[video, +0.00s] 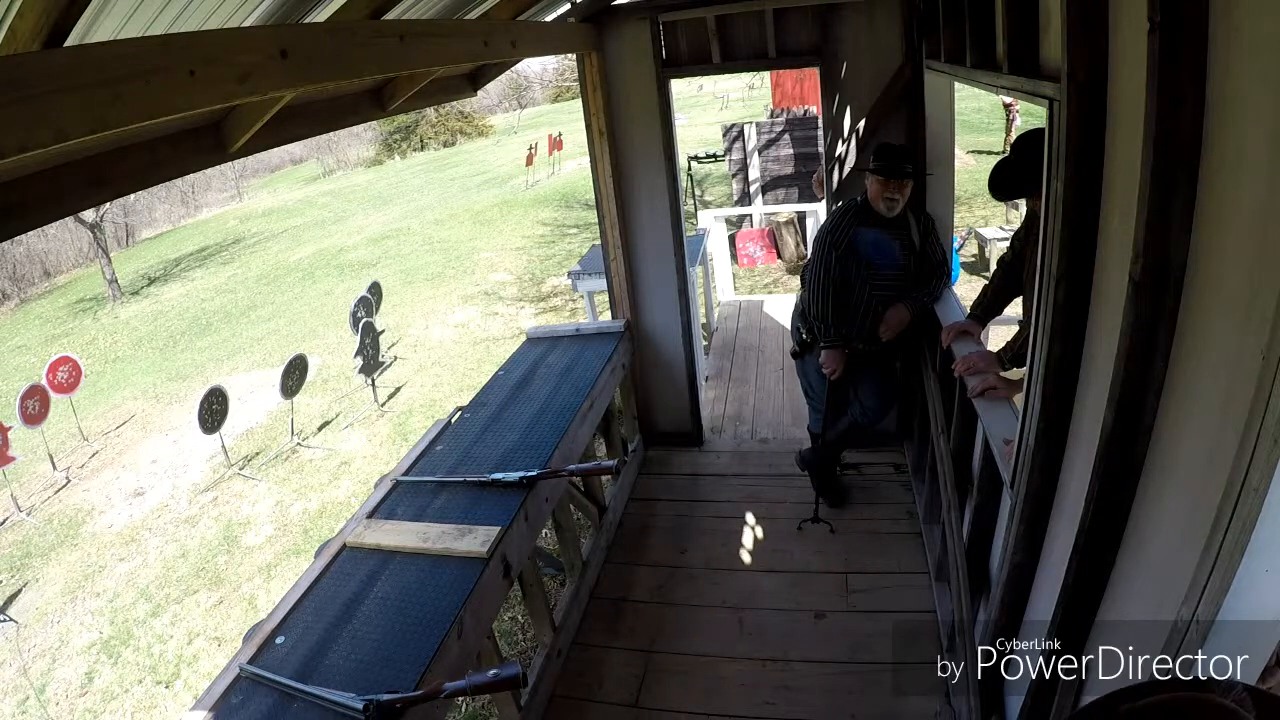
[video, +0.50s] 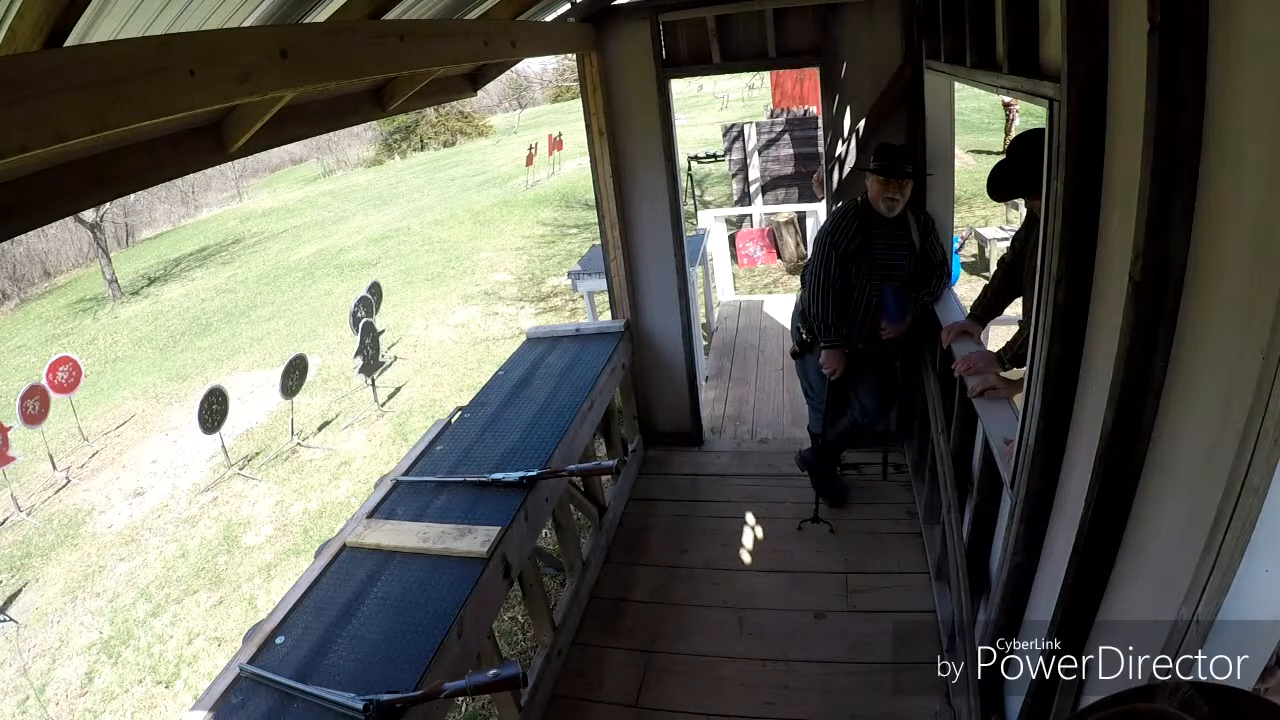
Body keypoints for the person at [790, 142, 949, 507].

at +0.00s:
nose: (894, 189)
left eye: (903, 181)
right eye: (885, 179)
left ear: (912, 185)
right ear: (868, 179)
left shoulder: (920, 224)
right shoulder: (844, 221)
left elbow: (939, 275)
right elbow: (818, 280)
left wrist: (909, 308)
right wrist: (830, 342)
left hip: (877, 337)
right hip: (825, 336)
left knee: (874, 409)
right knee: (827, 413)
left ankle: (818, 455)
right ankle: (827, 478)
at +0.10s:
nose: (893, 189)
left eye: (902, 181)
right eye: (885, 180)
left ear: (912, 185)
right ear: (869, 180)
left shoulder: (921, 224)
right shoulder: (845, 221)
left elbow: (939, 274)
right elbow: (820, 281)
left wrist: (910, 308)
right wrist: (831, 342)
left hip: (878, 335)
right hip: (826, 334)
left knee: (874, 410)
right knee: (827, 411)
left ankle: (817, 455)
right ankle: (827, 479)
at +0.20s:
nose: (893, 190)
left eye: (903, 181)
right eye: (885, 180)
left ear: (912, 185)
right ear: (869, 180)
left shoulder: (920, 224)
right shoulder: (845, 221)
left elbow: (940, 274)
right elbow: (820, 280)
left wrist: (911, 309)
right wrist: (831, 342)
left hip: (878, 336)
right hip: (826, 335)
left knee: (873, 411)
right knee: (827, 412)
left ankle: (817, 455)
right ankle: (827, 478)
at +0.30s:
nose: (893, 189)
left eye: (903, 181)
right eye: (885, 180)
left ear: (912, 185)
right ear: (869, 180)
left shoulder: (920, 224)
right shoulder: (845, 222)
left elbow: (937, 274)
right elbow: (820, 282)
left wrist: (908, 316)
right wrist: (831, 343)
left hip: (877, 336)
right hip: (825, 335)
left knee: (873, 410)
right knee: (827, 411)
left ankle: (817, 455)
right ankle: (827, 480)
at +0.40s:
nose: (893, 190)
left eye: (903, 181)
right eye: (885, 180)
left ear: (912, 185)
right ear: (869, 180)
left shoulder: (920, 224)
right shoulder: (845, 222)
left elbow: (938, 274)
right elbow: (820, 282)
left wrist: (908, 315)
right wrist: (831, 343)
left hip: (876, 335)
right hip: (825, 334)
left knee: (873, 409)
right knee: (827, 411)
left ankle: (817, 455)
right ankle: (827, 480)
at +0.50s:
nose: (894, 190)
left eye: (903, 181)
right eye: (885, 180)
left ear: (912, 185)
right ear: (869, 180)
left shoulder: (920, 224)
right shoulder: (845, 222)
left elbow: (938, 274)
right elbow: (820, 282)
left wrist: (909, 315)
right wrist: (831, 343)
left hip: (876, 335)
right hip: (825, 334)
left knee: (872, 409)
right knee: (827, 411)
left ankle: (817, 455)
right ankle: (827, 479)